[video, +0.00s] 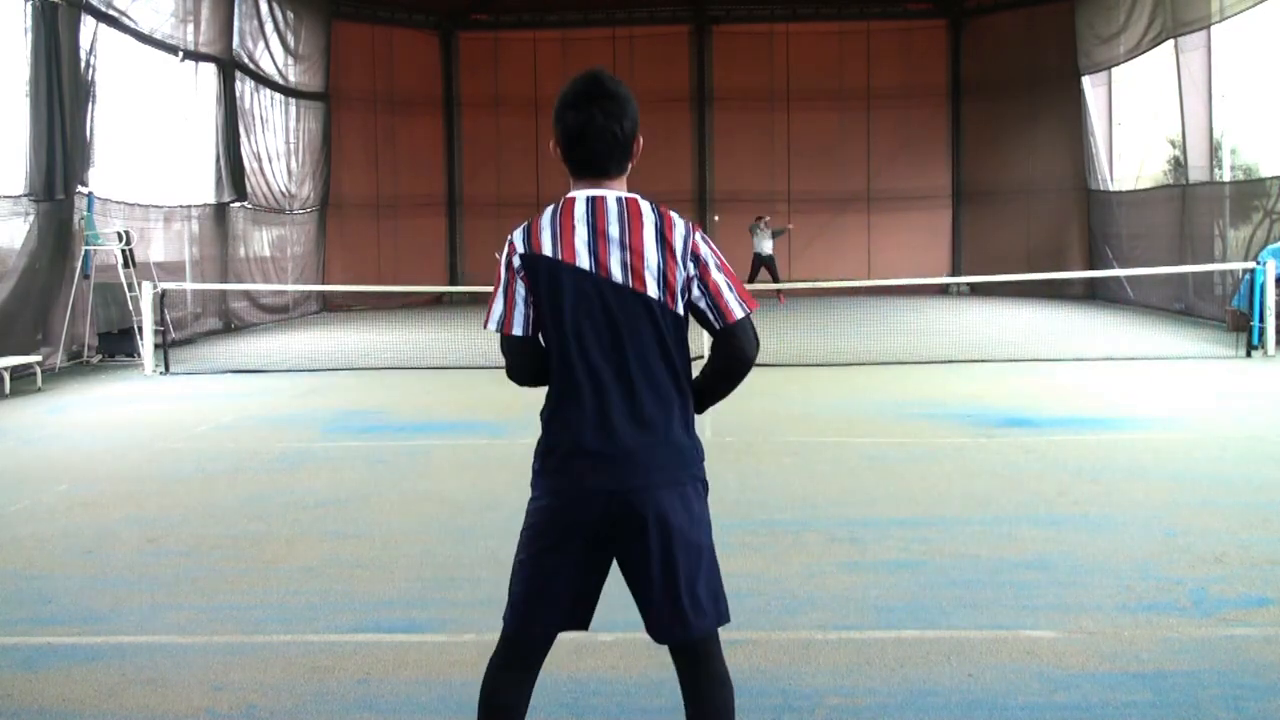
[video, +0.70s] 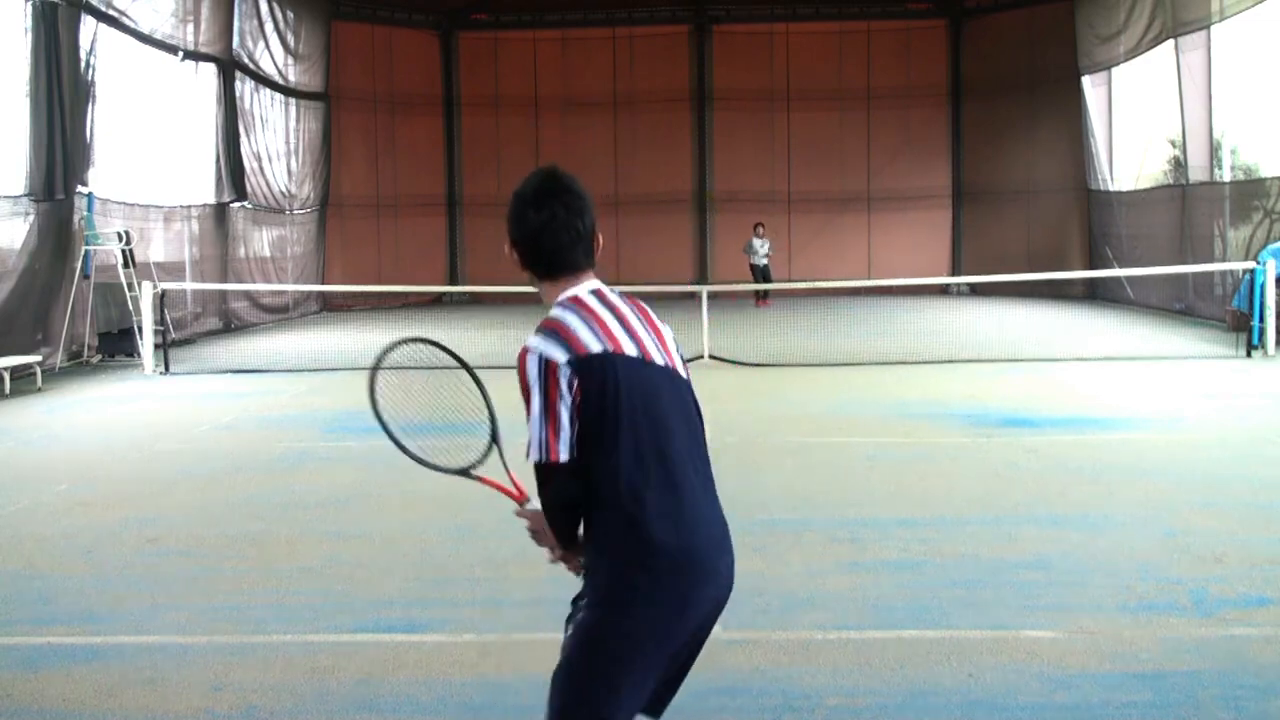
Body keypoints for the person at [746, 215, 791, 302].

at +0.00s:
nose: (762, 224)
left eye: (763, 222)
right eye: (760, 222)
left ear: (765, 223)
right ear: (757, 223)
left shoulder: (770, 232)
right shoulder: (755, 232)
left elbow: (779, 232)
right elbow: (753, 228)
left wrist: (786, 229)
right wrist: (763, 220)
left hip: (768, 255)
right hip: (758, 255)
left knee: (775, 276)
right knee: (752, 276)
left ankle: (779, 293)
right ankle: (747, 293)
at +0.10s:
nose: (766, 228)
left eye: (767, 226)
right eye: (765, 227)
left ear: (770, 228)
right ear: (763, 228)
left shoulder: (774, 237)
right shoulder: (761, 235)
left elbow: (785, 239)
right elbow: (758, 227)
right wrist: (767, 220)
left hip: (772, 260)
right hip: (762, 259)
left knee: (777, 281)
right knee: (754, 278)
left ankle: (779, 299)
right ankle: (742, 289)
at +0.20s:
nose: (771, 232)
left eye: (773, 230)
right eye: (770, 230)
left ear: (775, 232)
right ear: (767, 232)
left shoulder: (777, 242)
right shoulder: (765, 239)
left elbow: (785, 249)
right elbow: (762, 230)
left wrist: (794, 250)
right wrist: (768, 223)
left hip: (774, 264)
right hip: (765, 263)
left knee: (779, 282)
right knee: (757, 280)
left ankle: (778, 300)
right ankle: (745, 291)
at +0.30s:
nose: (774, 233)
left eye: (775, 231)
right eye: (772, 231)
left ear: (777, 232)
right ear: (769, 232)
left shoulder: (778, 243)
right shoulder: (766, 239)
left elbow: (781, 252)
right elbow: (763, 232)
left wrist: (784, 258)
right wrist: (768, 224)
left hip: (774, 264)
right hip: (765, 263)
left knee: (780, 282)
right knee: (758, 281)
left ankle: (778, 300)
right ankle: (748, 297)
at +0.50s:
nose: (768, 231)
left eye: (770, 229)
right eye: (766, 228)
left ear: (772, 231)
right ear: (764, 230)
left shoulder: (773, 241)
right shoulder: (761, 239)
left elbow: (774, 252)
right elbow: (757, 243)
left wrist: (775, 262)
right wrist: (763, 234)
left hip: (770, 262)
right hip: (761, 261)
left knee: (775, 281)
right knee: (761, 280)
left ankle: (778, 299)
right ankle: (757, 298)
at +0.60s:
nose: (764, 232)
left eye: (766, 230)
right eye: (762, 230)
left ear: (767, 231)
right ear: (759, 231)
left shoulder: (769, 242)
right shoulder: (756, 240)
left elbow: (771, 251)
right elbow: (749, 248)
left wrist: (772, 259)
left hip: (767, 263)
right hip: (758, 263)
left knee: (773, 282)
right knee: (761, 282)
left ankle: (774, 299)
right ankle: (758, 300)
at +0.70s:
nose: (760, 231)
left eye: (761, 229)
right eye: (758, 229)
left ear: (763, 230)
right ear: (755, 231)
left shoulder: (766, 241)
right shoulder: (752, 240)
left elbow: (769, 250)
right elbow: (745, 249)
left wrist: (768, 253)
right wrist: (752, 252)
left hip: (764, 262)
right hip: (755, 263)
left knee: (768, 281)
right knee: (759, 281)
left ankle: (765, 298)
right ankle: (758, 299)